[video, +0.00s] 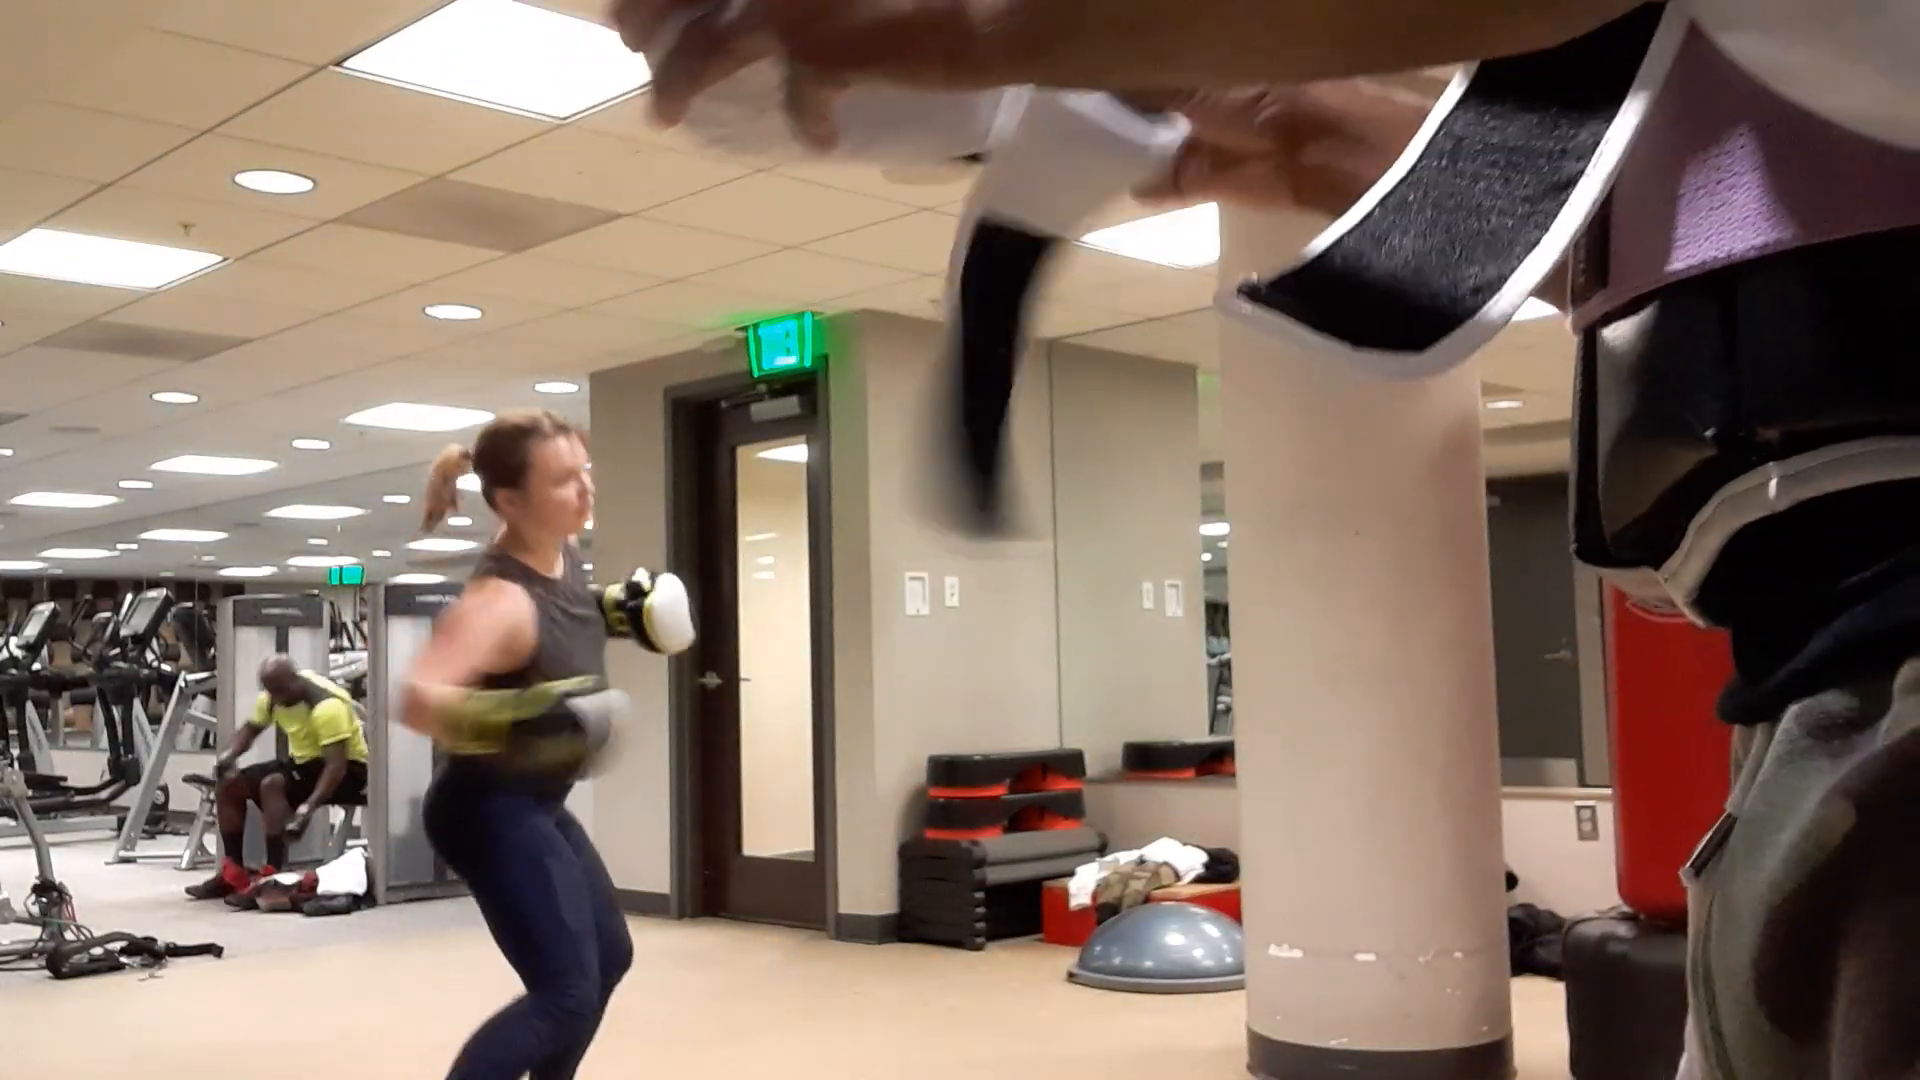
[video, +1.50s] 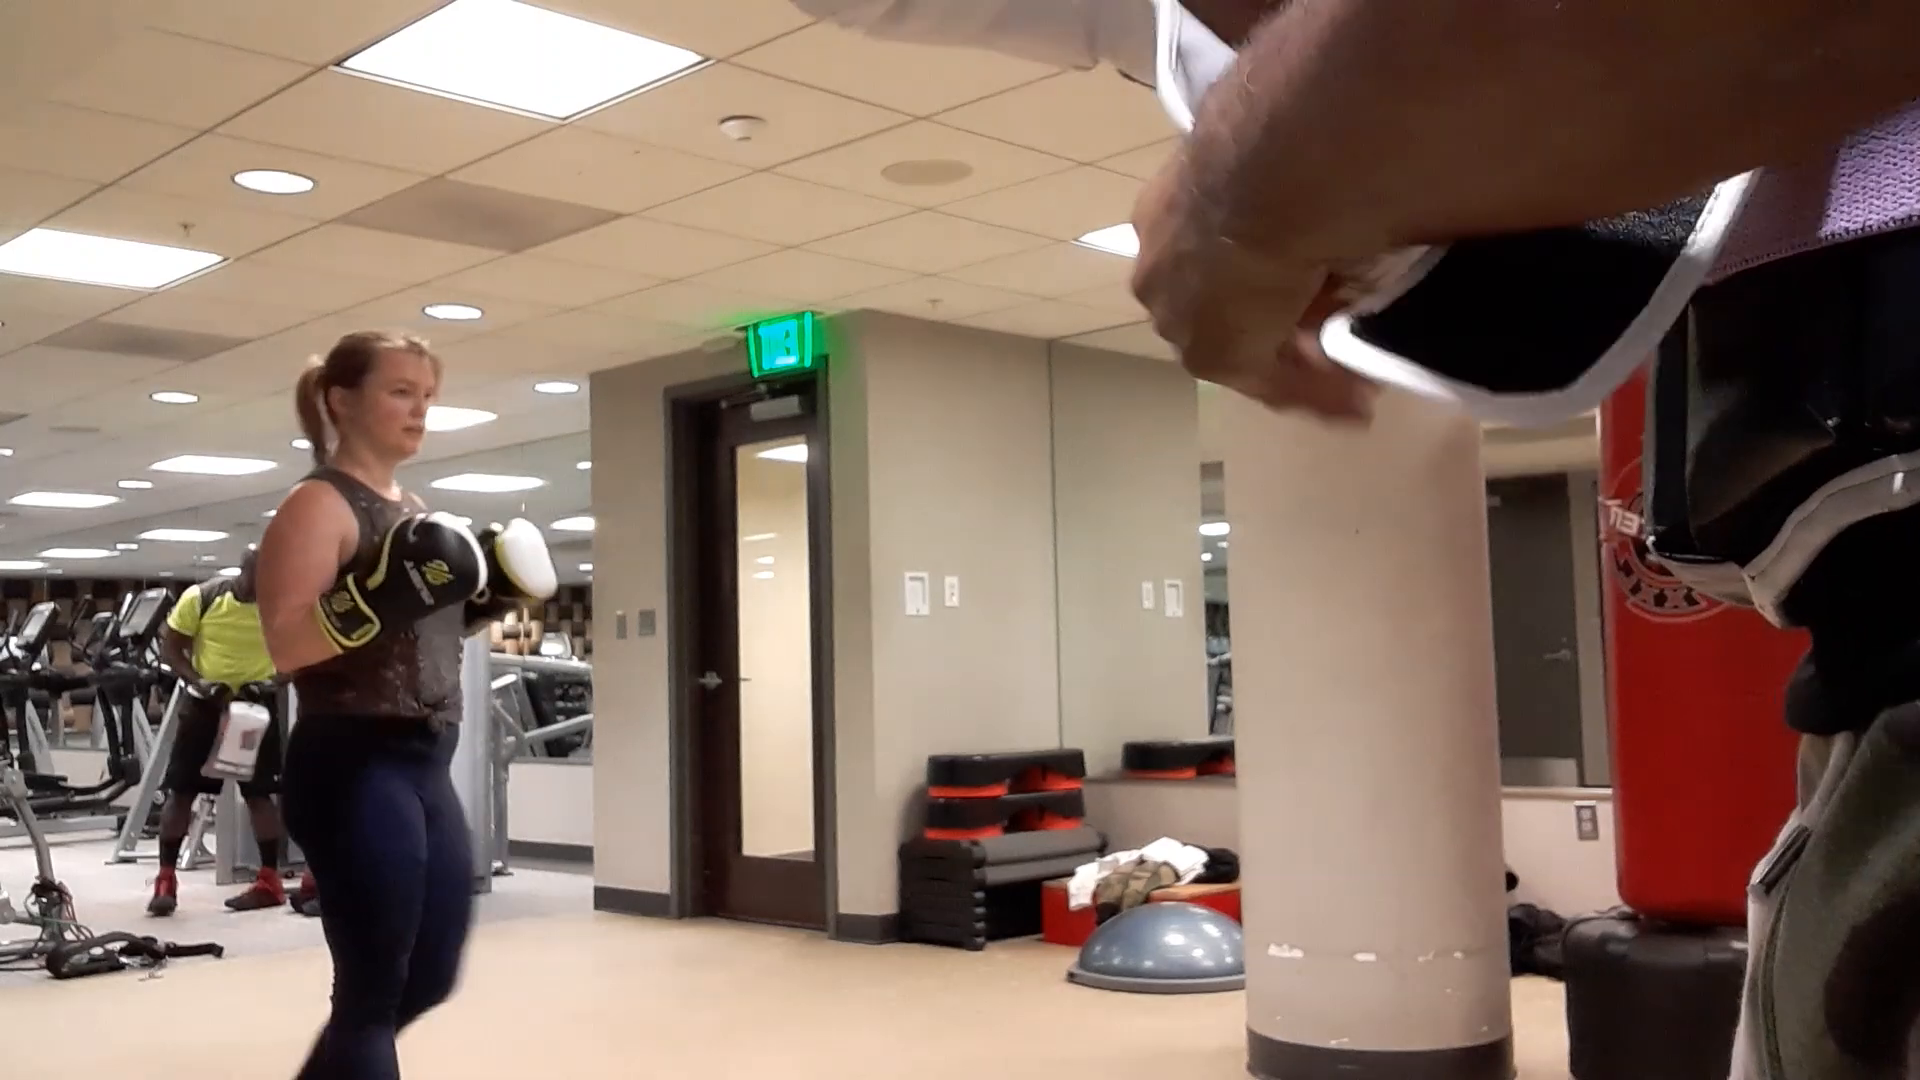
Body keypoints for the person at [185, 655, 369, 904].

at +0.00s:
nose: (275, 698)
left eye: (279, 691)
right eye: (271, 692)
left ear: (294, 680)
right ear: (267, 686)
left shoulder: (328, 707)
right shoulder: (274, 696)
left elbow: (337, 766)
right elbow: (251, 729)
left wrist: (307, 809)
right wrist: (231, 756)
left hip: (345, 772)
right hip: (304, 766)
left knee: (272, 787)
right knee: (231, 785)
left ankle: (273, 879)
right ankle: (234, 873)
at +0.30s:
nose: (222, 733)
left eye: (226, 726)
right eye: (217, 727)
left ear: (240, 710)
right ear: (212, 718)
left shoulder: (275, 723)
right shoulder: (223, 712)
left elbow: (282, 784)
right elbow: (190, 754)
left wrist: (280, 846)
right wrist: (173, 793)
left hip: (326, 752)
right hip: (284, 753)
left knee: (259, 790)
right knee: (213, 793)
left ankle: (267, 878)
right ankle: (231, 876)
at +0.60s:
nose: (208, 691)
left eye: (209, 683)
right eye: (202, 686)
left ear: (222, 668)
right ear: (195, 680)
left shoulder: (264, 685)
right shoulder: (202, 676)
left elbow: (294, 742)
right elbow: (200, 720)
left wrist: (290, 810)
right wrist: (196, 764)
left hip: (308, 720)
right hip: (263, 726)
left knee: (261, 789)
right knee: (217, 792)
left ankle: (273, 879)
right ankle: (232, 873)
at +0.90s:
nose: (230, 622)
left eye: (235, 613)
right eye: (225, 615)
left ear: (250, 606)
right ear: (218, 611)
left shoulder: (278, 636)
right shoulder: (207, 629)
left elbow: (318, 689)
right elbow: (198, 671)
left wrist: (300, 741)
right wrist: (206, 713)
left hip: (282, 712)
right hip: (241, 712)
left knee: (258, 786)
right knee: (225, 787)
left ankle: (269, 878)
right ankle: (231, 871)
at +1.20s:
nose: (267, 593)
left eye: (273, 587)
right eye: (262, 585)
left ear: (282, 582)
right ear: (248, 577)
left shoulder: (291, 608)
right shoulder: (214, 601)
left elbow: (323, 655)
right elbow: (192, 650)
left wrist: (295, 698)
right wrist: (205, 687)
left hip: (273, 708)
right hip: (225, 706)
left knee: (267, 791)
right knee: (195, 779)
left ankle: (270, 879)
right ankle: (204, 858)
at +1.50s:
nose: (253, 587)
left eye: (260, 580)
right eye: (251, 577)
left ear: (269, 578)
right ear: (240, 570)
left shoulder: (277, 608)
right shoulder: (200, 598)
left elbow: (301, 657)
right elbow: (170, 647)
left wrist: (273, 684)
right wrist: (195, 681)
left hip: (258, 709)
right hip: (205, 706)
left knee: (258, 794)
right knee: (181, 792)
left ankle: (270, 880)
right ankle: (166, 879)